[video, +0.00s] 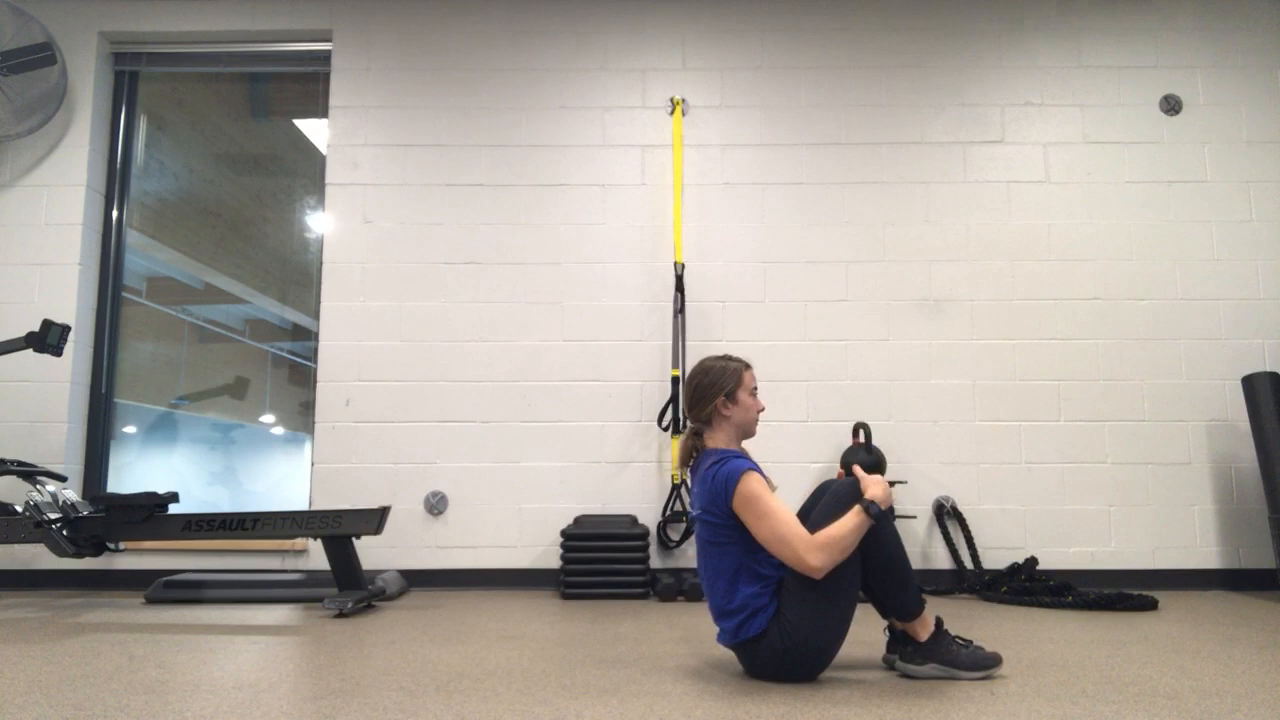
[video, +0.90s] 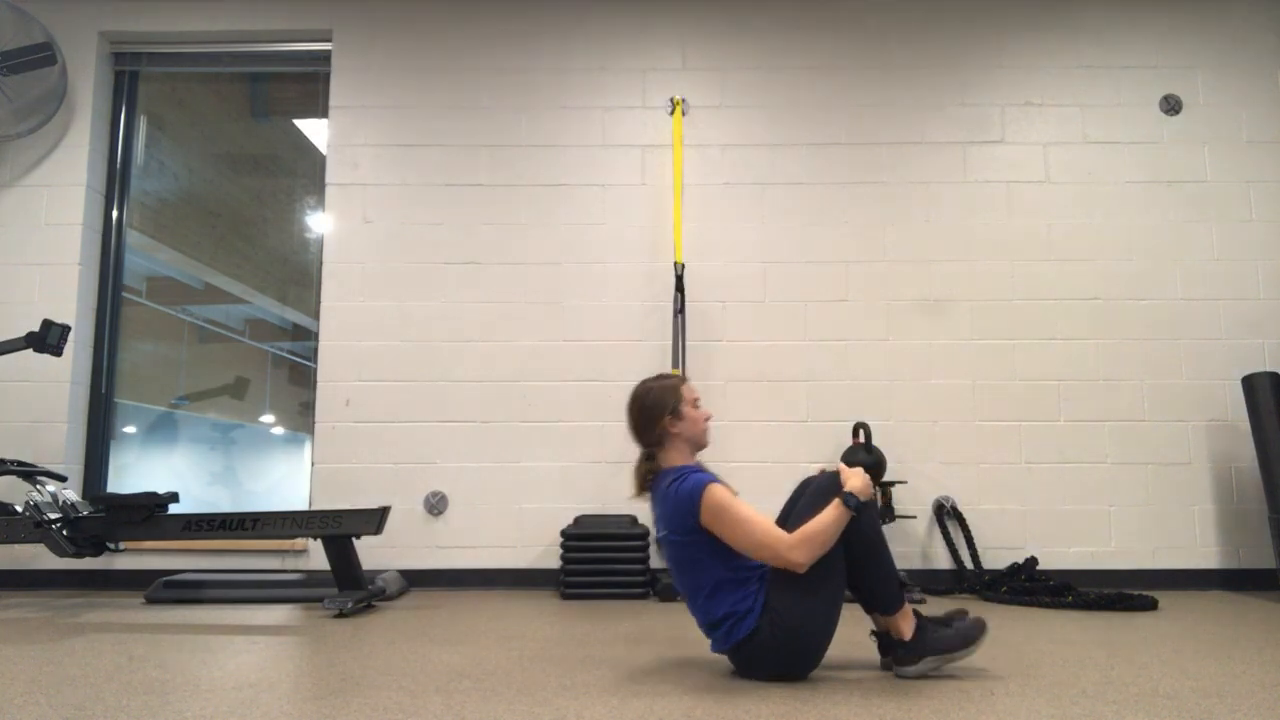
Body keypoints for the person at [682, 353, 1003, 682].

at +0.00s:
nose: (761, 404)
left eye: (757, 393)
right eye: (752, 394)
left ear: (724, 405)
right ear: (723, 405)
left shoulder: (719, 464)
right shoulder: (734, 473)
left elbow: (795, 550)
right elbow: (814, 560)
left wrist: (843, 487)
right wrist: (872, 505)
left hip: (763, 637)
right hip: (778, 647)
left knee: (841, 489)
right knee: (853, 496)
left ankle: (906, 630)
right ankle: (924, 635)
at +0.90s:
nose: (706, 413)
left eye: (700, 403)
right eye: (695, 406)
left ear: (671, 424)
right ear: (670, 423)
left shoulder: (676, 483)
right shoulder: (694, 489)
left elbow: (776, 549)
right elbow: (794, 555)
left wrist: (840, 491)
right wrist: (852, 497)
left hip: (757, 638)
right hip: (771, 647)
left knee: (818, 487)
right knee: (835, 493)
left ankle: (892, 624)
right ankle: (907, 633)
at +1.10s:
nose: (666, 430)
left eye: (659, 422)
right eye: (655, 425)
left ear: (629, 450)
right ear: (634, 447)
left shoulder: (647, 505)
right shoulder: (662, 511)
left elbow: (754, 544)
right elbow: (775, 550)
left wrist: (820, 484)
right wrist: (827, 487)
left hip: (752, 634)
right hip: (765, 644)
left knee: (808, 480)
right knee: (824, 490)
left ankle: (895, 609)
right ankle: (907, 614)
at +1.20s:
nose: (645, 444)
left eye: (637, 436)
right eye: (632, 440)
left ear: (612, 465)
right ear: (611, 462)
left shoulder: (631, 518)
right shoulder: (642, 524)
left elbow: (739, 541)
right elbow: (762, 551)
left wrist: (796, 481)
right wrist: (813, 485)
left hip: (749, 636)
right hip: (761, 646)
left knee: (796, 476)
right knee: (812, 486)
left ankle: (893, 598)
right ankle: (904, 603)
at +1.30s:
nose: (621, 461)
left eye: (614, 452)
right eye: (609, 457)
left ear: (589, 482)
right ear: (588, 480)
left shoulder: (612, 534)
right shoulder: (626, 539)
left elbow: (721, 540)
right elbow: (746, 550)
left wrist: (781, 479)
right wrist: (792, 483)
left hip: (741, 633)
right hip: (757, 645)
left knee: (775, 474)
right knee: (799, 485)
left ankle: (894, 580)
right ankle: (903, 584)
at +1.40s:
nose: (598, 481)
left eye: (590, 473)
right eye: (586, 479)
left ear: (565, 507)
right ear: (567, 505)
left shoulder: (597, 553)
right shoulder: (612, 556)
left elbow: (703, 556)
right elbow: (727, 552)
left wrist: (731, 509)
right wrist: (766, 483)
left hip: (734, 632)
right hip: (752, 646)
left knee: (748, 471)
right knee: (765, 479)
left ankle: (878, 543)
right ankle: (887, 547)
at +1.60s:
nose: (547, 531)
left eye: (535, 526)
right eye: (531, 532)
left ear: (528, 559)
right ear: (518, 564)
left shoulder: (569, 598)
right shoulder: (573, 604)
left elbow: (662, 563)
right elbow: (683, 566)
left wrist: (670, 487)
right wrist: (672, 485)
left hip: (728, 637)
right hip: (739, 643)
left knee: (678, 481)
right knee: (684, 482)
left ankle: (808, 446)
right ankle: (814, 448)